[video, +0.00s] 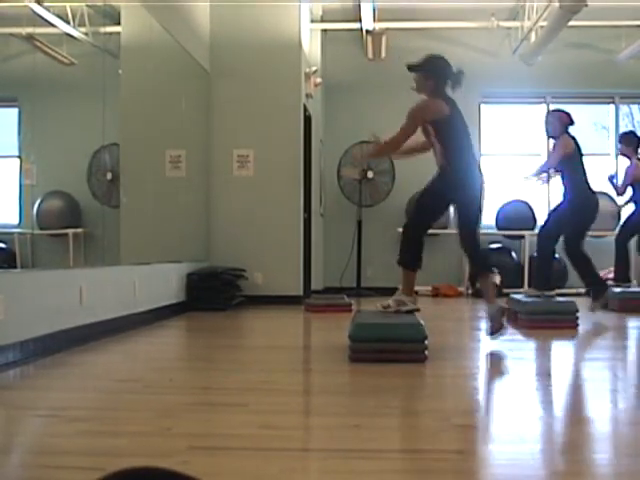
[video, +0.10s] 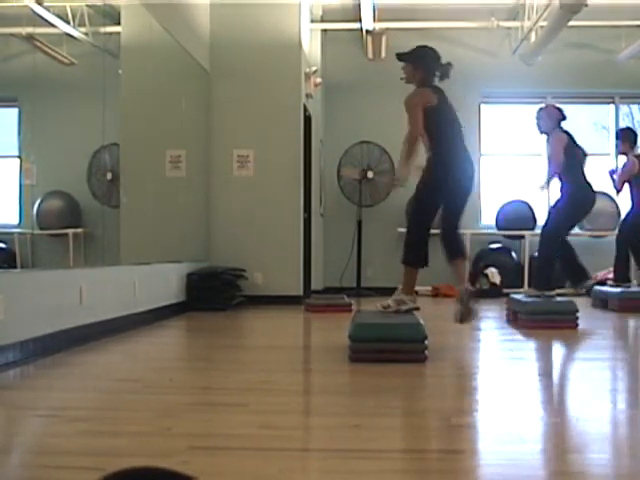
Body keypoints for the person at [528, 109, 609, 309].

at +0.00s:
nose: (546, 125)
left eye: (549, 122)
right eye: (546, 122)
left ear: (560, 123)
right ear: (560, 123)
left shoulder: (565, 141)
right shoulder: (563, 143)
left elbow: (551, 163)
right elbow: (564, 167)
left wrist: (536, 173)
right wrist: (550, 174)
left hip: (578, 201)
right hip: (580, 200)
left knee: (546, 237)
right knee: (572, 246)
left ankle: (542, 286)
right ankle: (597, 287)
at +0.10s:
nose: (537, 123)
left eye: (540, 119)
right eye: (537, 119)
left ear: (551, 119)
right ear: (555, 120)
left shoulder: (556, 136)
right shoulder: (564, 136)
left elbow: (556, 161)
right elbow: (582, 154)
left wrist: (547, 180)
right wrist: (570, 176)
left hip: (575, 195)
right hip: (581, 193)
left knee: (549, 234)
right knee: (554, 235)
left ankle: (542, 285)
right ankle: (580, 279)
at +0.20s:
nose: (533, 125)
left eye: (535, 120)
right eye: (533, 120)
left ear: (546, 120)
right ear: (550, 120)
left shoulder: (553, 138)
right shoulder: (563, 135)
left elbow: (566, 162)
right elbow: (589, 151)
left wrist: (561, 187)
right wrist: (586, 176)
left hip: (573, 194)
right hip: (582, 193)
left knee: (547, 232)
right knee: (550, 231)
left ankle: (545, 282)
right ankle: (559, 275)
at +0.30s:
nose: (532, 127)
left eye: (535, 122)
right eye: (532, 123)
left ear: (546, 122)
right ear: (549, 123)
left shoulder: (553, 140)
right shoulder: (562, 138)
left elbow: (565, 166)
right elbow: (588, 153)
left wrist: (560, 190)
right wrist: (585, 177)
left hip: (572, 196)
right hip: (581, 194)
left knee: (547, 234)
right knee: (548, 234)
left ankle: (542, 285)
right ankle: (544, 283)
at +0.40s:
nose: (538, 125)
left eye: (541, 120)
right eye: (538, 121)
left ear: (552, 121)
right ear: (552, 121)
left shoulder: (558, 138)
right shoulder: (555, 138)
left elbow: (564, 166)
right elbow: (579, 159)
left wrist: (549, 182)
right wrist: (556, 177)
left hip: (578, 195)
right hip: (574, 193)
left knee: (550, 233)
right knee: (549, 232)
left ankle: (545, 284)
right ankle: (547, 282)